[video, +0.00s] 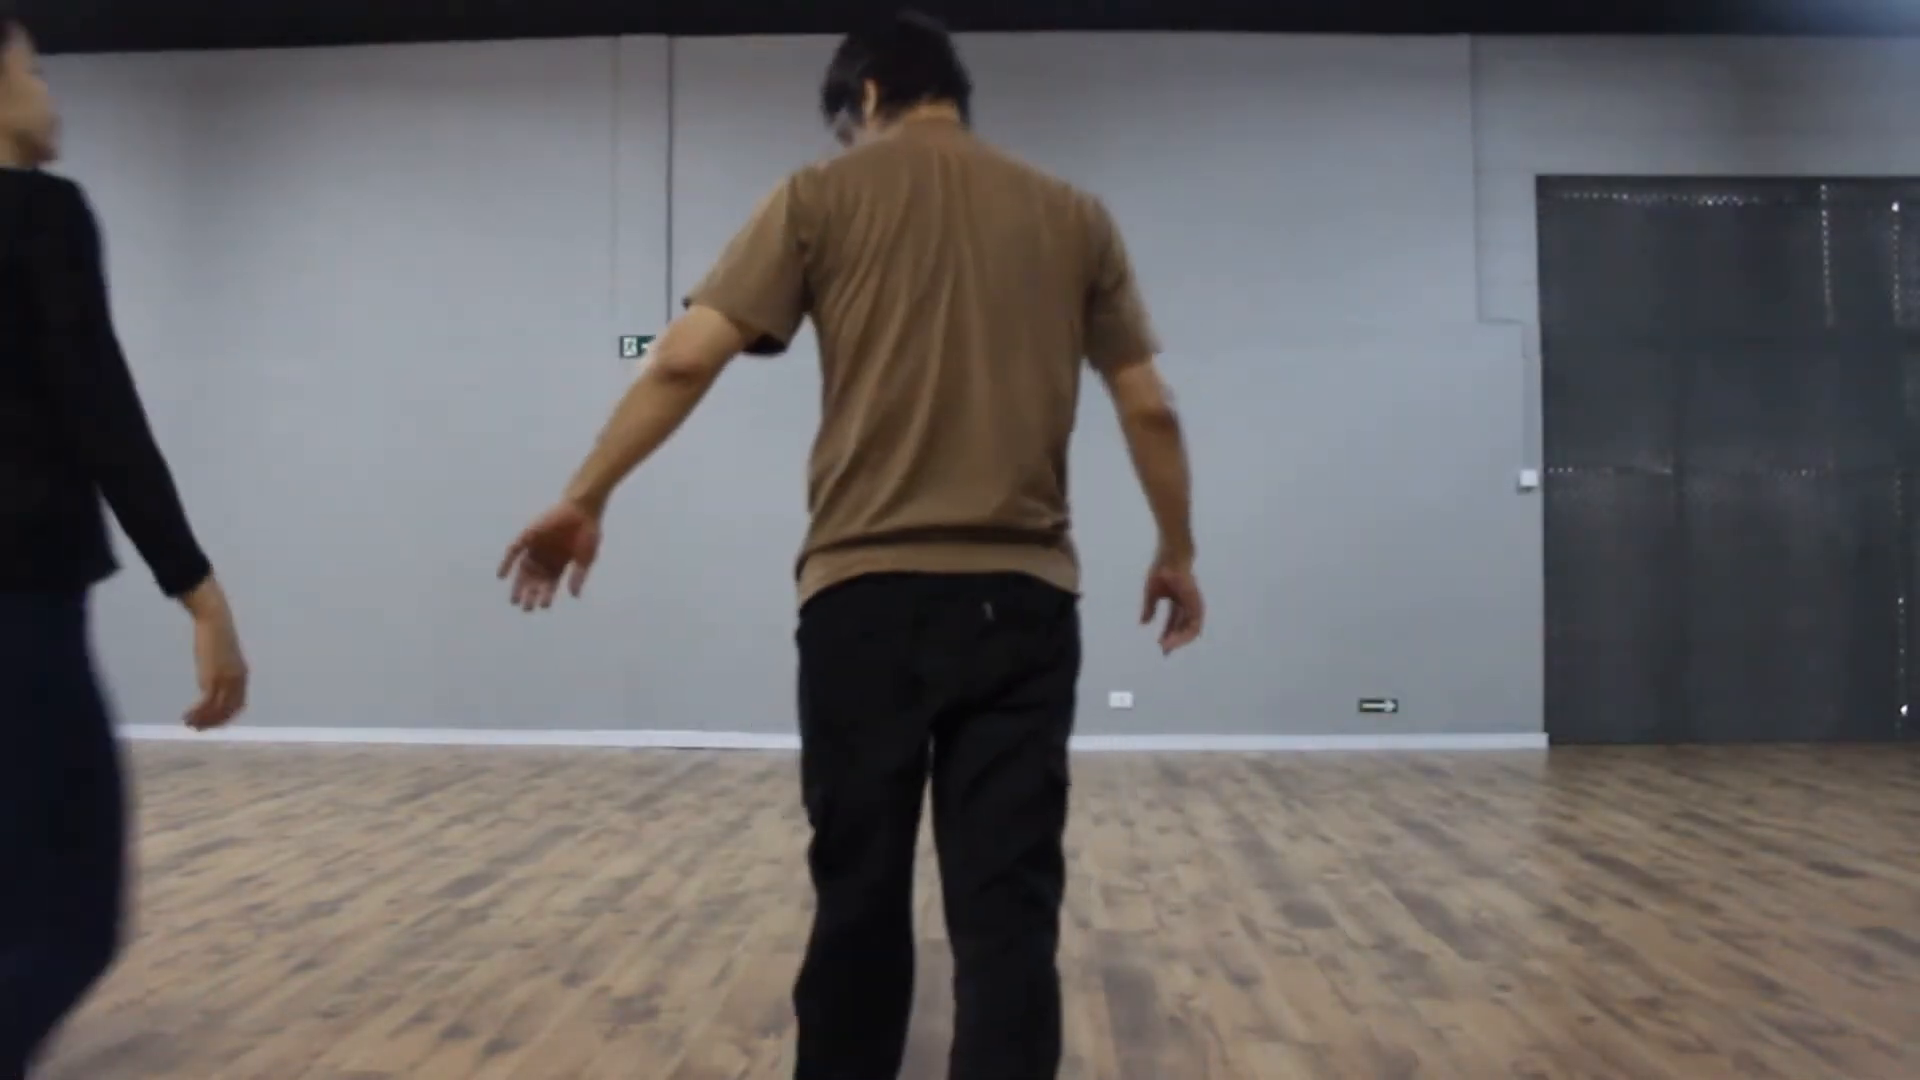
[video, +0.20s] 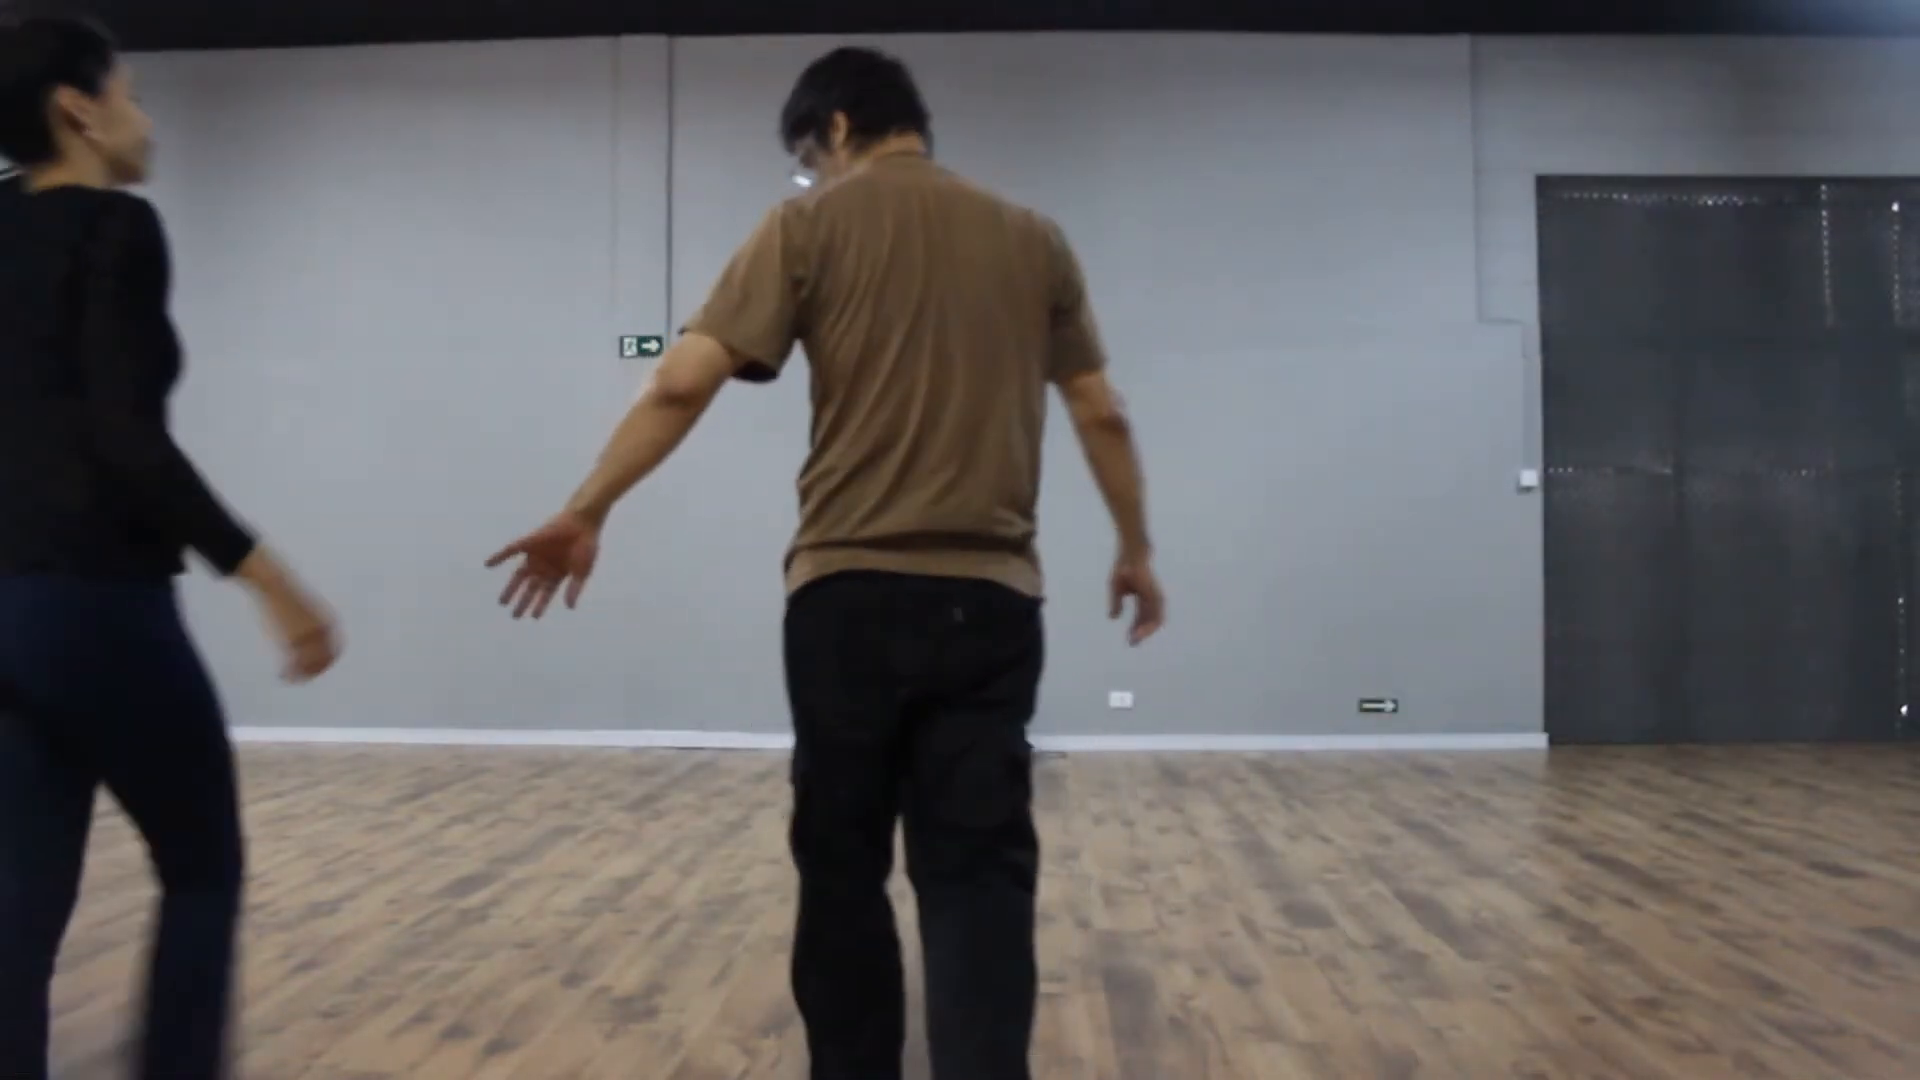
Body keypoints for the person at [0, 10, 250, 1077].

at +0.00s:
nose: (45, 81)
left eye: (36, 55)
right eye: (28, 56)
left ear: (11, 77)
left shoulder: (39, 209)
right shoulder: (38, 210)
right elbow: (99, 411)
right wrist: (200, 592)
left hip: (33, 615)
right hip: (23, 619)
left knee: (50, 903)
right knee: (73, 914)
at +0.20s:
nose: (144, 114)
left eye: (133, 92)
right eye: (126, 93)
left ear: (51, 117)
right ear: (74, 110)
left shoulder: (7, 222)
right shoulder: (113, 225)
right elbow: (127, 434)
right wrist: (268, 580)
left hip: (14, 611)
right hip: (100, 611)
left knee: (21, 910)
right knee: (203, 861)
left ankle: (19, 1065)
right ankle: (181, 1063)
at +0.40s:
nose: (249, 162)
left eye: (241, 143)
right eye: (237, 144)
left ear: (148, 170)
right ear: (198, 159)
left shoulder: (96, 290)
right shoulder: (233, 268)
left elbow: (123, 468)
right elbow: (257, 456)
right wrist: (407, 484)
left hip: (125, 628)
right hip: (232, 631)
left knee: (113, 891)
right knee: (295, 881)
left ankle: (40, 1067)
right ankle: (352, 1064)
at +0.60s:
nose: (345, 178)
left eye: (340, 161)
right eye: (337, 162)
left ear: (234, 181)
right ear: (309, 173)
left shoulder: (193, 298)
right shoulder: (347, 281)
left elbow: (202, 477)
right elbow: (389, 459)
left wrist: (258, 570)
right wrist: (522, 461)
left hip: (257, 610)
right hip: (358, 603)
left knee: (285, 846)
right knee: (361, 860)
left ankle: (137, 1058)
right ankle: (362, 1069)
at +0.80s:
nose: (424, 196)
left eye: (418, 180)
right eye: (418, 181)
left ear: (322, 197)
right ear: (398, 190)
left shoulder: (279, 311)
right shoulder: (435, 288)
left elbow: (261, 469)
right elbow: (476, 453)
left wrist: (260, 607)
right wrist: (586, 476)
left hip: (327, 603)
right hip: (426, 598)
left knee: (398, 819)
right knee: (390, 846)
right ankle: (355, 1061)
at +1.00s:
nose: (488, 241)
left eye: (485, 225)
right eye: (483, 226)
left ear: (391, 240)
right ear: (465, 233)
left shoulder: (352, 345)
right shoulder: (495, 325)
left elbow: (323, 488)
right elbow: (516, 477)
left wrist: (300, 621)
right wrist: (621, 511)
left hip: (396, 612)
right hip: (485, 609)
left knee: (472, 813)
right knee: (433, 841)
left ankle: (522, 1009)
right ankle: (369, 1062)